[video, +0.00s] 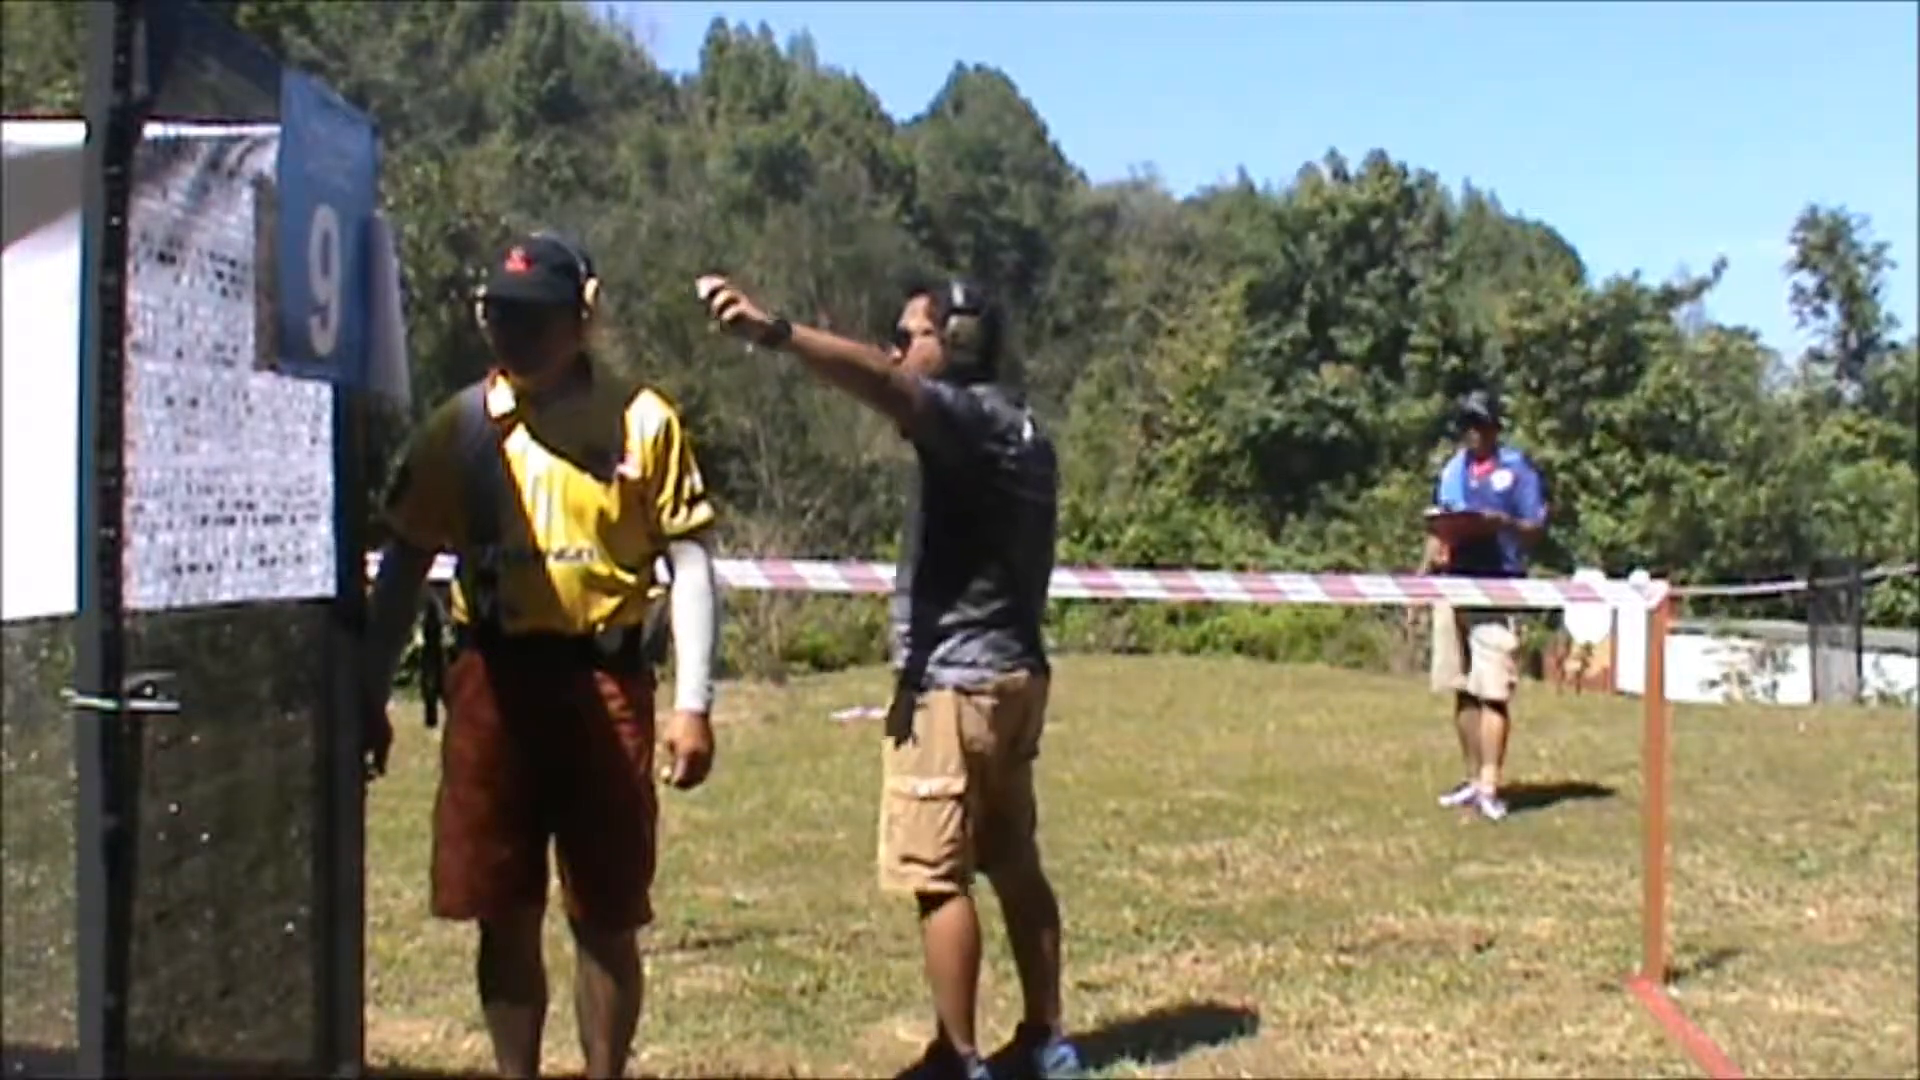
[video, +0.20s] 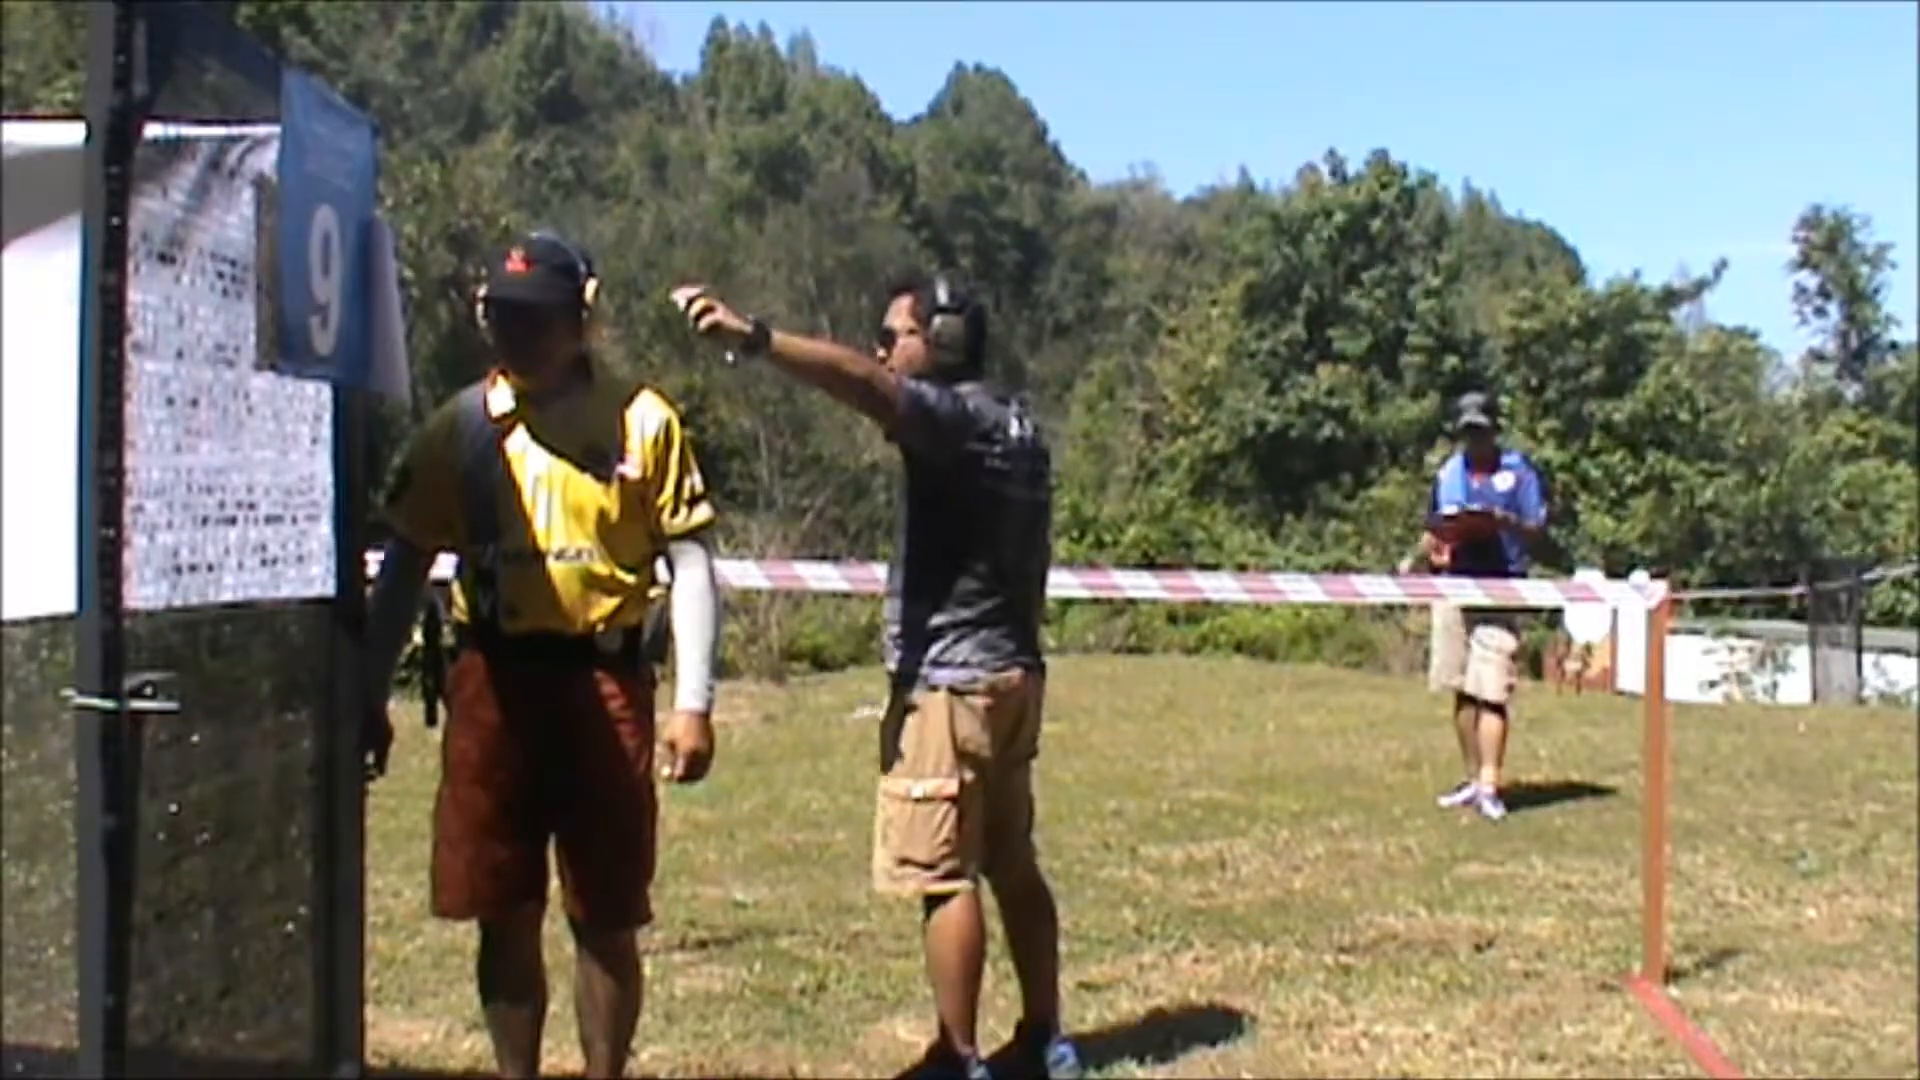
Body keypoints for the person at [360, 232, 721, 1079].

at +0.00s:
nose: (511, 333)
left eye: (533, 317)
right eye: (502, 314)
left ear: (583, 321)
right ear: (487, 314)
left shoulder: (643, 423)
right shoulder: (463, 425)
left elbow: (690, 562)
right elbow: (404, 565)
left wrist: (693, 700)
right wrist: (370, 696)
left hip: (605, 693)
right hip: (495, 694)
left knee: (606, 923)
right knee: (503, 916)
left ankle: (606, 1072)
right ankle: (517, 1072)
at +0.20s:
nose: (511, 333)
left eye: (532, 319)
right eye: (502, 315)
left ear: (582, 324)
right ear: (488, 315)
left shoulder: (643, 423)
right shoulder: (464, 426)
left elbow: (691, 563)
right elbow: (405, 566)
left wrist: (694, 698)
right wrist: (370, 696)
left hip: (605, 693)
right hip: (495, 693)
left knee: (606, 924)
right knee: (503, 915)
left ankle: (604, 1072)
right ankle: (517, 1072)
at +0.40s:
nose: (514, 334)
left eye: (534, 320)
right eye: (504, 317)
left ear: (584, 323)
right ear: (490, 316)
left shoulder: (644, 423)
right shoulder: (463, 426)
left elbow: (691, 561)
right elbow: (404, 565)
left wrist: (695, 698)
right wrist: (371, 696)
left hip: (606, 693)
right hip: (496, 693)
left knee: (606, 923)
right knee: (503, 915)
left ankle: (605, 1072)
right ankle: (517, 1072)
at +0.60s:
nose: (516, 336)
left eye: (536, 321)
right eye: (506, 318)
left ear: (585, 322)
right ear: (490, 316)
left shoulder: (645, 422)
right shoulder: (465, 424)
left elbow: (693, 562)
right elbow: (403, 563)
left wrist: (697, 697)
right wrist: (369, 694)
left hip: (607, 693)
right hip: (496, 693)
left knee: (606, 923)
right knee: (504, 915)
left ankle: (605, 1072)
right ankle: (517, 1072)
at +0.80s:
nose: (517, 339)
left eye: (536, 323)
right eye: (505, 321)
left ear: (585, 324)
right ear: (489, 318)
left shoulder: (645, 423)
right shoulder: (465, 425)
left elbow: (692, 564)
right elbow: (405, 564)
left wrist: (696, 699)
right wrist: (370, 695)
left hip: (605, 694)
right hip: (495, 694)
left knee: (606, 923)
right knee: (503, 915)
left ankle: (605, 1071)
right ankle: (517, 1071)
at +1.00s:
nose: (516, 339)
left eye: (536, 323)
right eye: (506, 320)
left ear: (585, 323)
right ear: (488, 317)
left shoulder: (645, 423)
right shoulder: (463, 426)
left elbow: (692, 565)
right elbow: (405, 565)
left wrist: (695, 700)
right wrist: (370, 695)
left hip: (605, 694)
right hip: (495, 694)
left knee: (606, 923)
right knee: (503, 915)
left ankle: (605, 1071)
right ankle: (517, 1071)